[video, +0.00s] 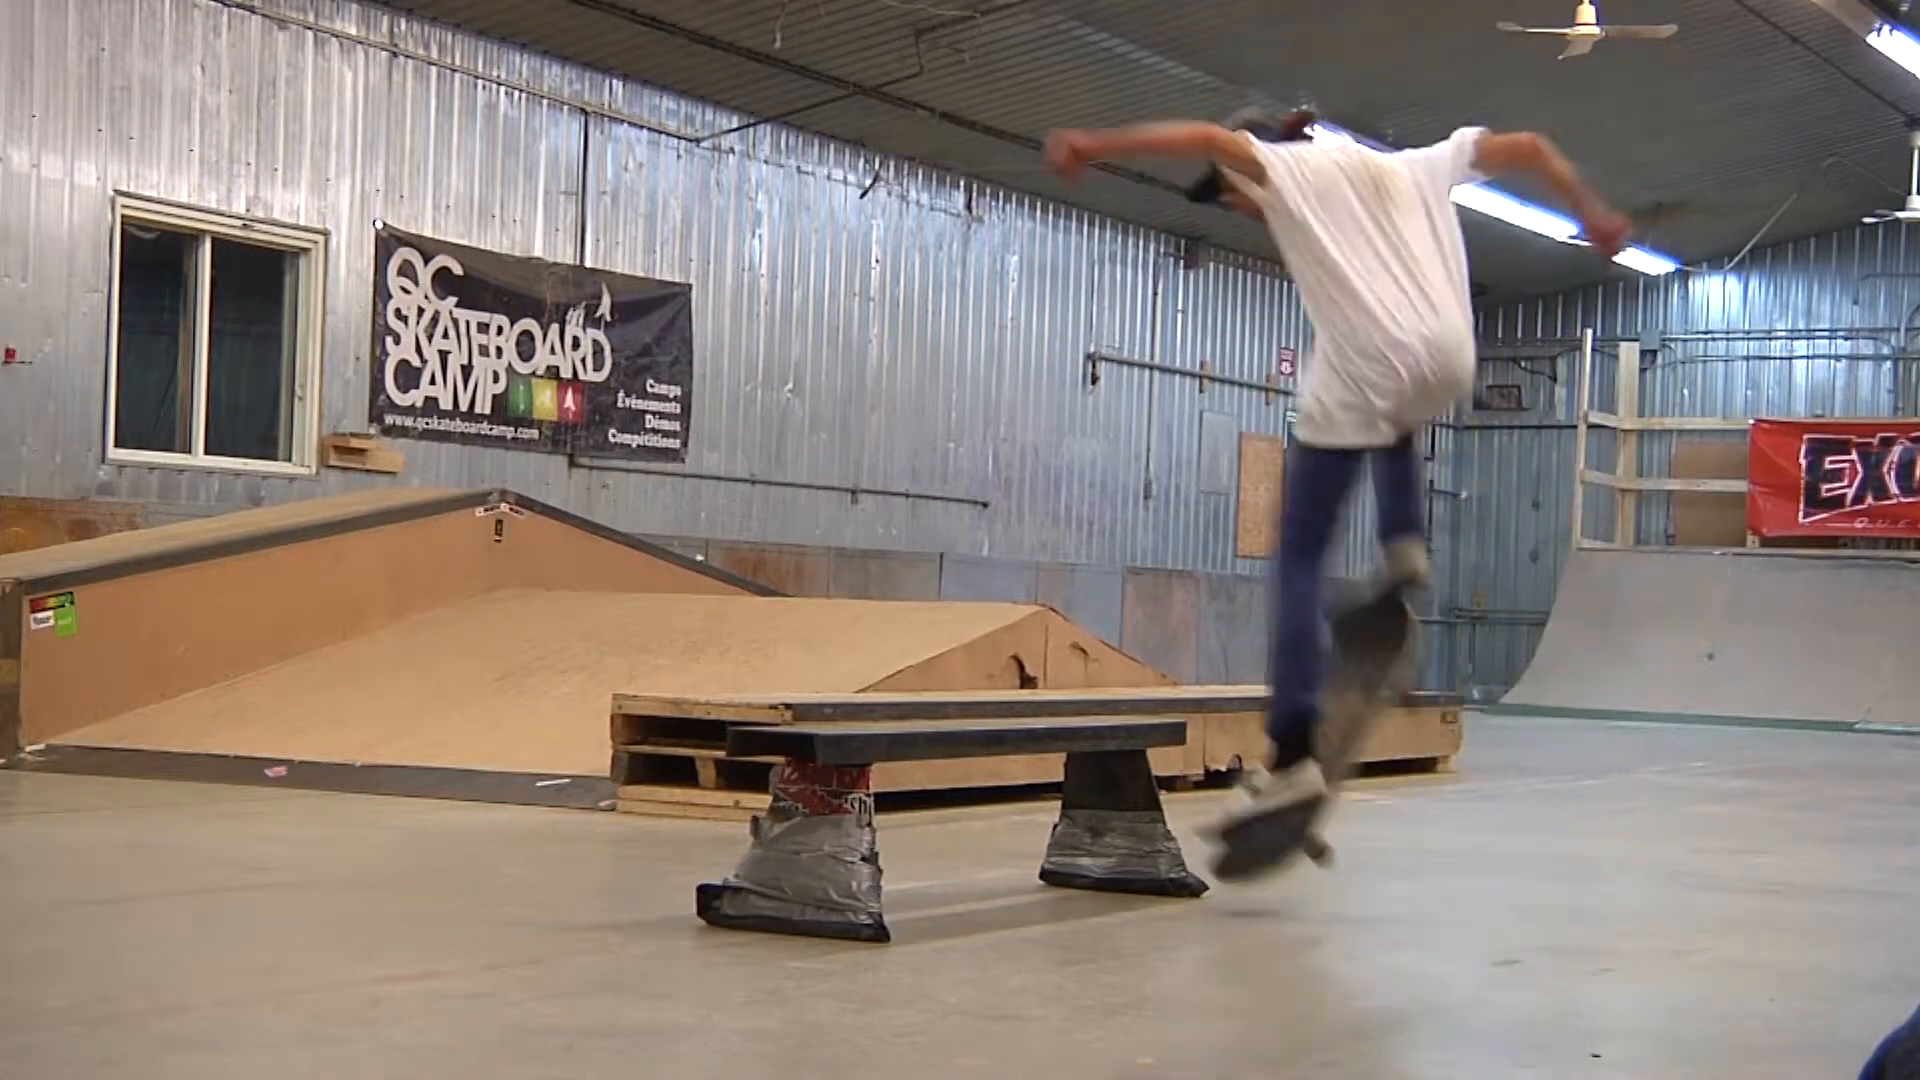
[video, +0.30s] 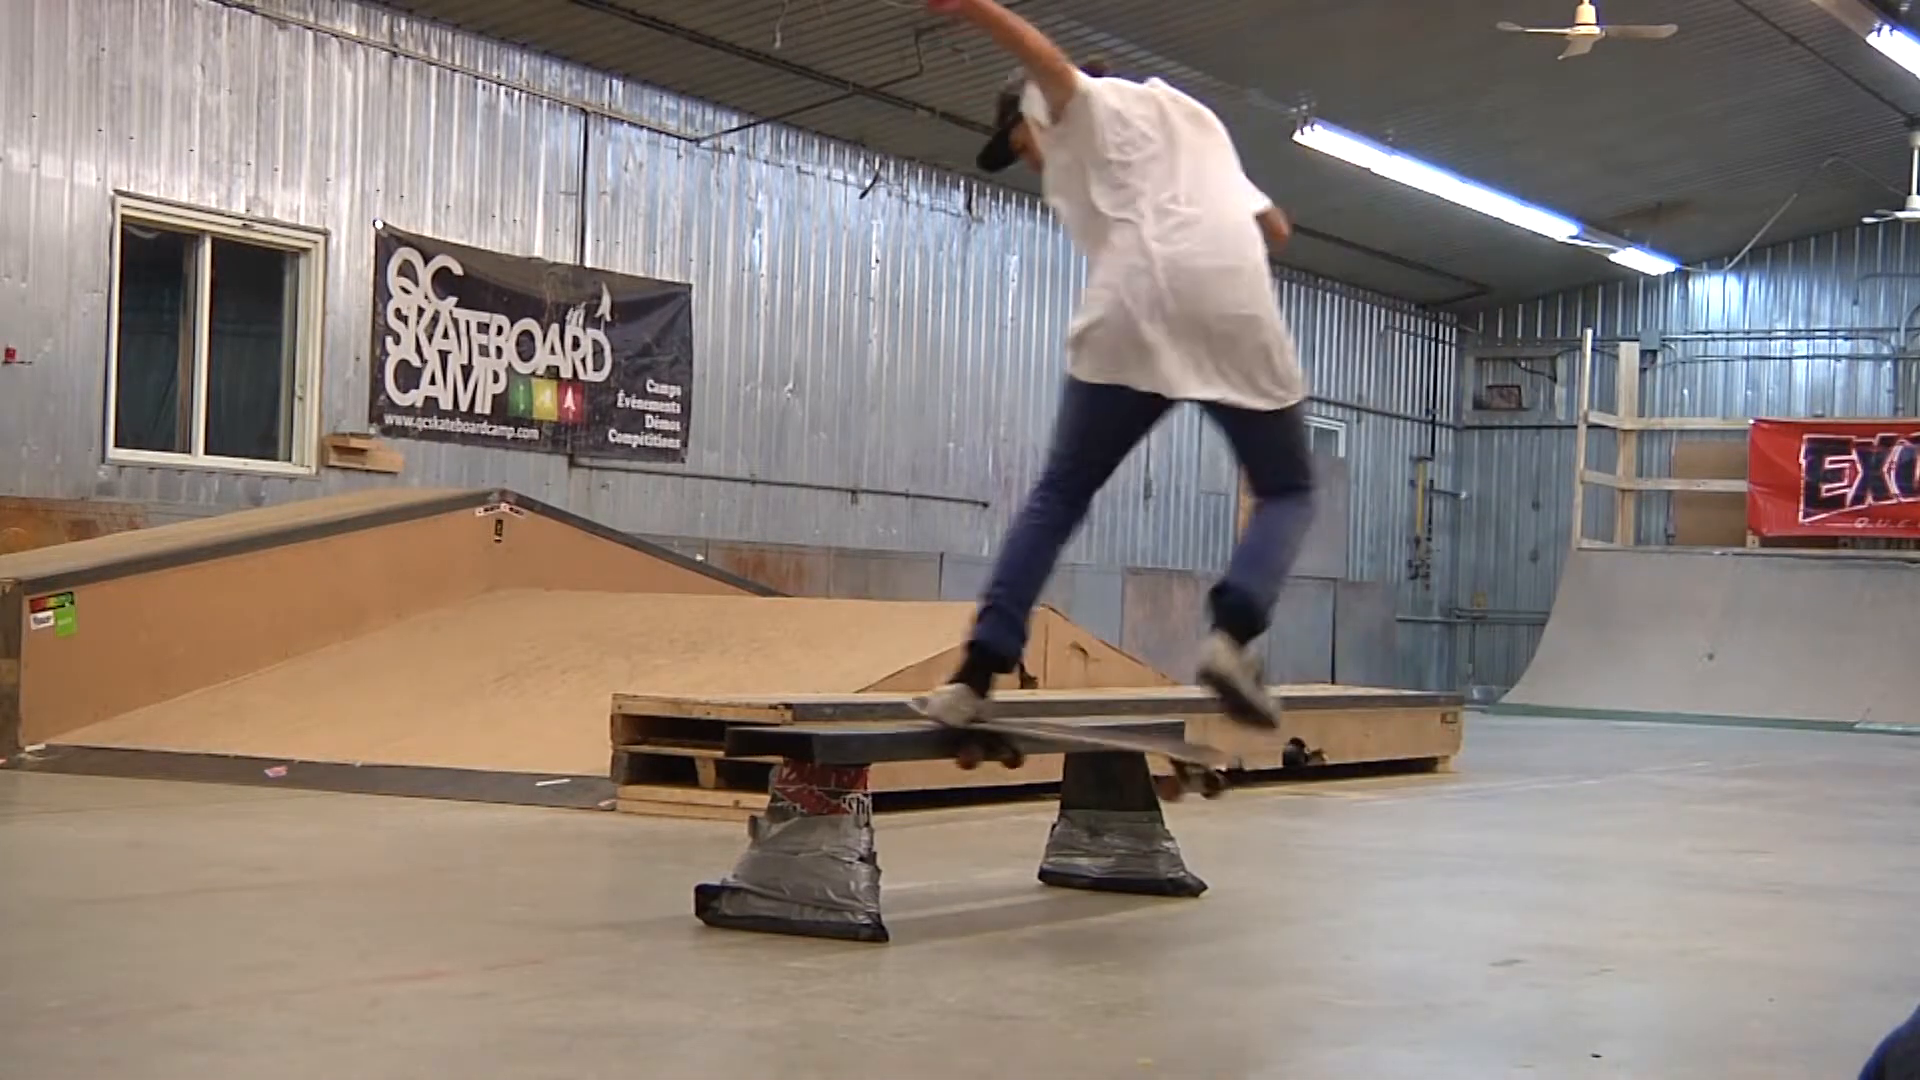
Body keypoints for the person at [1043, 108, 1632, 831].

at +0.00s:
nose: (1250, 213)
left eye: (1241, 200)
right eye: (1240, 208)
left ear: (1256, 158)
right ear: (1316, 136)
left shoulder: (1280, 156)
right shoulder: (1415, 163)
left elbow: (1209, 135)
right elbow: (1528, 145)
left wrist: (1093, 144)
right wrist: (1592, 212)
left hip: (1361, 378)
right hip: (1449, 369)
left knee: (1299, 555)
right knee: (1395, 417)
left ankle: (1291, 759)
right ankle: (1405, 549)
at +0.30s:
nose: (1036, 169)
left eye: (1027, 151)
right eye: (1027, 160)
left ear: (1038, 116)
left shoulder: (1071, 108)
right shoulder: (1199, 130)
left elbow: (1048, 62)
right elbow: (1276, 227)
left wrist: (975, 9)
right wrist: (1211, 257)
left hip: (1128, 315)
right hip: (1235, 312)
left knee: (1061, 493)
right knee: (1286, 489)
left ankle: (978, 673)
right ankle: (1234, 638)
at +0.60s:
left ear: (1066, 143)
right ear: (1134, 170)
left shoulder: (1000, 159)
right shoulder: (1163, 210)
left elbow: (849, 125)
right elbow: (1277, 209)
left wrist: (829, 162)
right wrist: (1414, 214)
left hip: (964, 445)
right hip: (1070, 464)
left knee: (947, 679)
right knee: (1016, 664)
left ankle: (985, 888)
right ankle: (1092, 867)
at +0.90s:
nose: (1095, 246)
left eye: (1102, 235)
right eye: (1102, 232)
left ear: (1035, 160)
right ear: (1096, 202)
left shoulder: (943, 158)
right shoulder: (1072, 236)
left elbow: (1018, 358)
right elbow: (1001, 364)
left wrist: (1144, 405)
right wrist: (957, 539)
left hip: (801, 420)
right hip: (912, 452)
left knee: (792, 683)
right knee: (886, 653)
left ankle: (888, 912)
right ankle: (949, 895)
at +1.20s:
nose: (997, 63)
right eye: (1000, 49)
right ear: (984, 35)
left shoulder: (809, 18)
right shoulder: (1003, 113)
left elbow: (818, 237)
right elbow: (997, 283)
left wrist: (929, 410)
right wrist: (986, 485)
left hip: (762, 364)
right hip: (884, 402)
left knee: (724, 694)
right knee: (793, 652)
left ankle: (878, 963)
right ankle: (860, 924)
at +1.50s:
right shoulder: (884, 37)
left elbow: (547, 126)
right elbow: (987, 210)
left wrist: (426, 294)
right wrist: (1000, 433)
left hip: (781, 284)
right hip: (898, 335)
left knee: (689, 678)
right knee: (720, 668)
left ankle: (928, 1015)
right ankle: (841, 973)